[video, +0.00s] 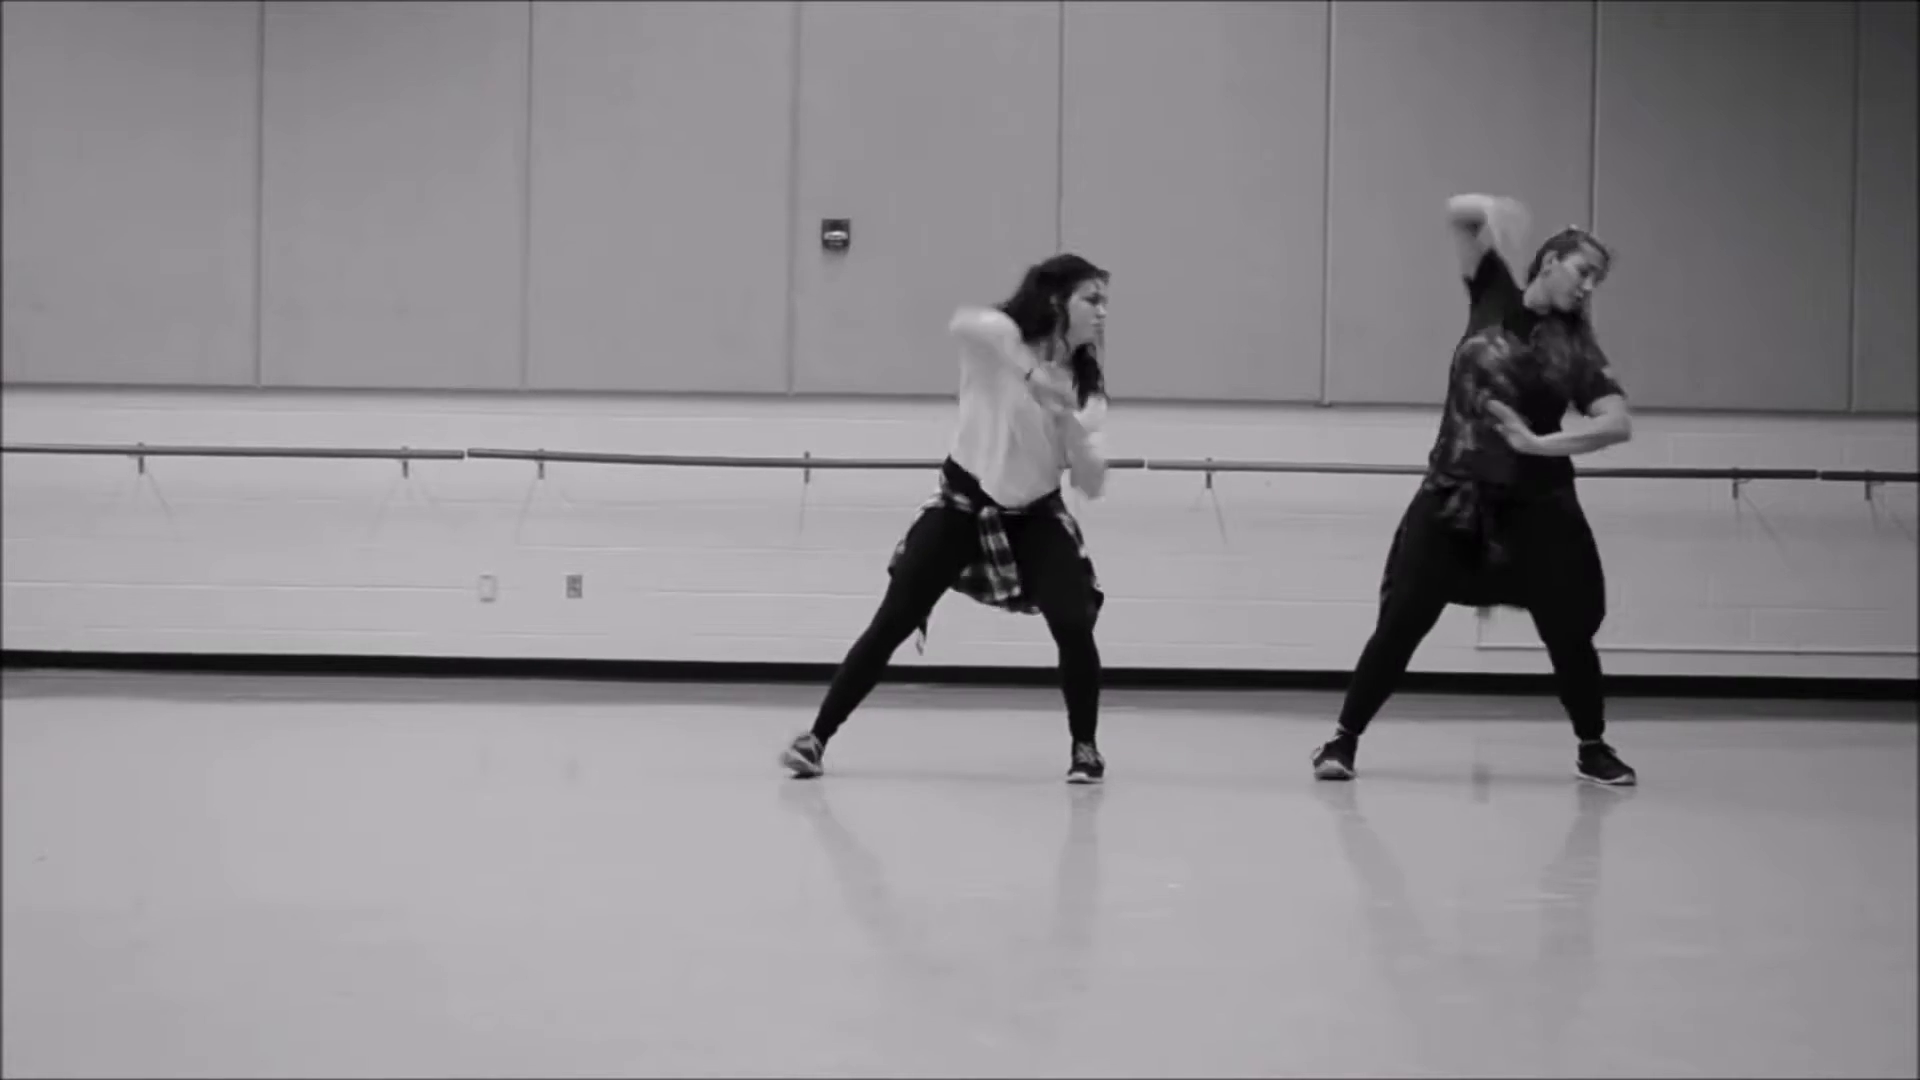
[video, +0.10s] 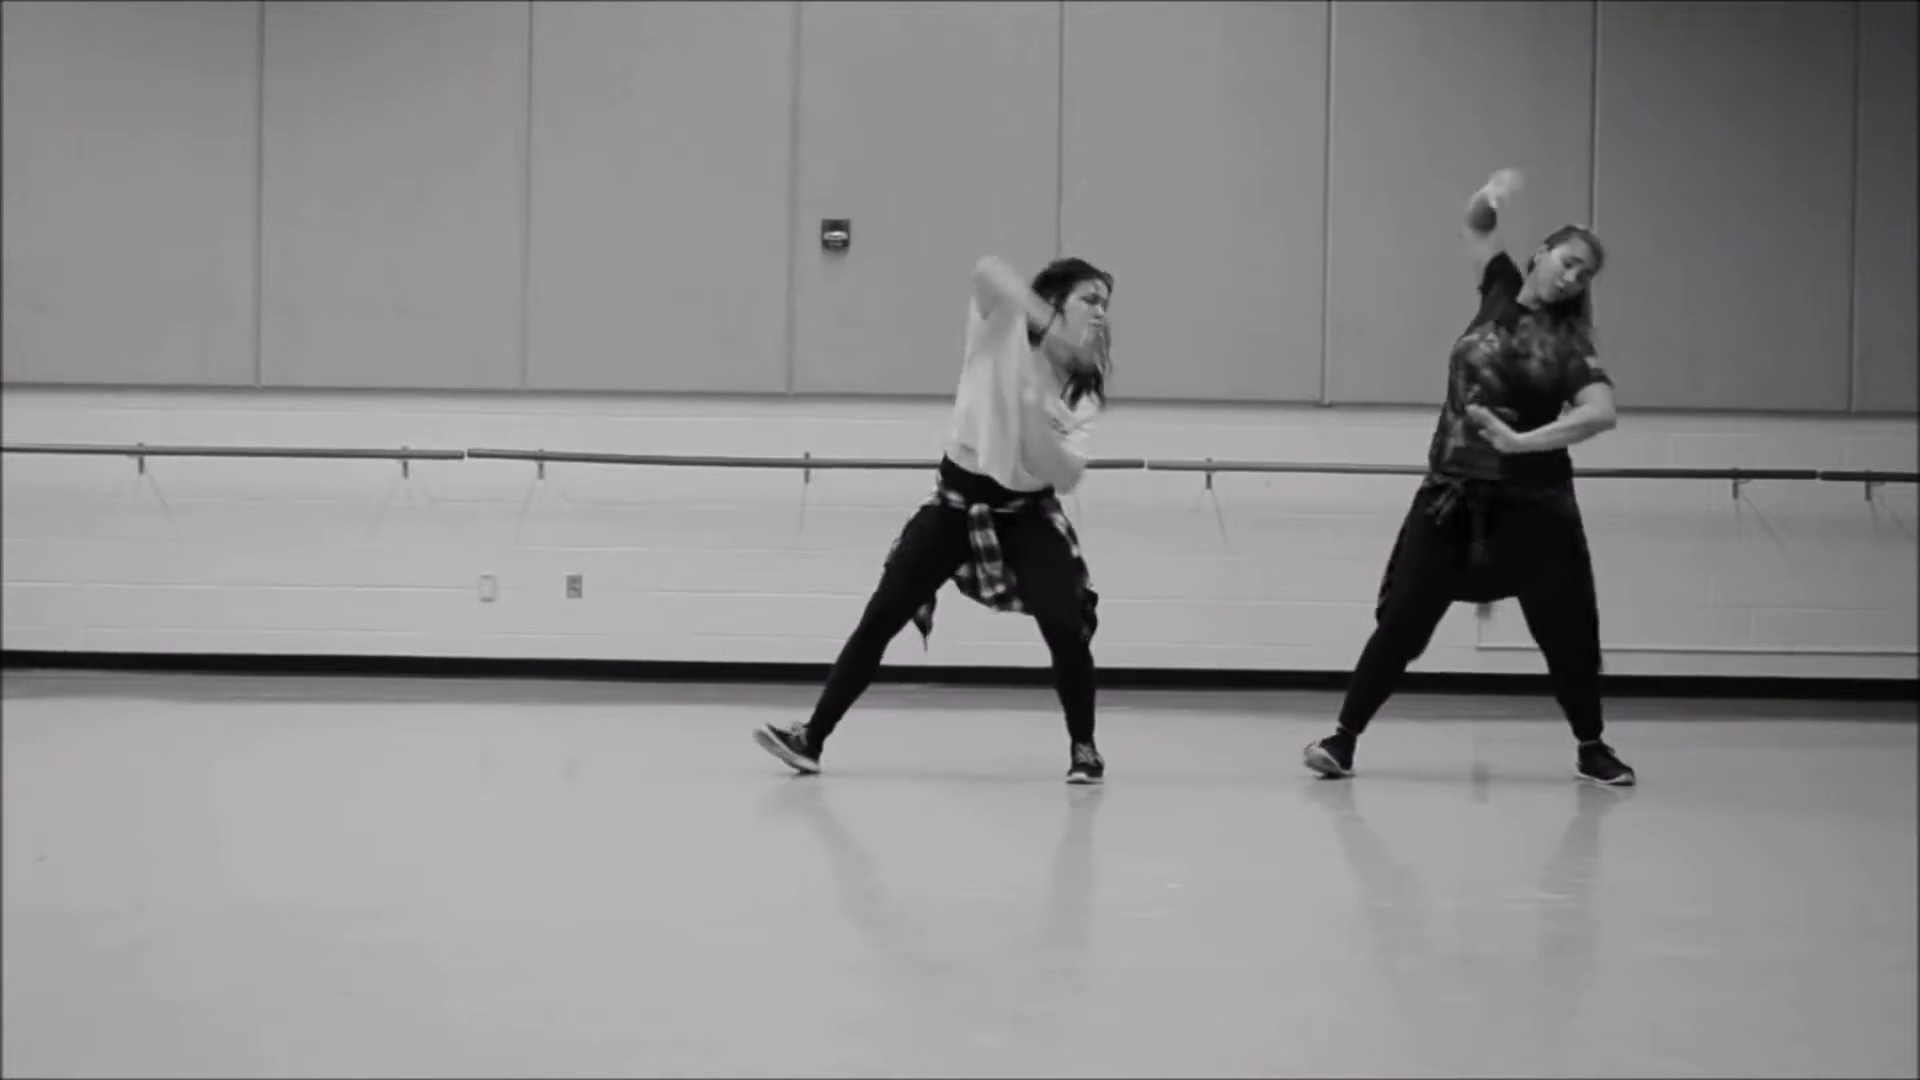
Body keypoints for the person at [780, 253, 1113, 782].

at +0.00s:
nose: (1102, 312)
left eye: (1105, 302)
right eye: (1092, 300)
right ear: (1055, 300)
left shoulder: (1086, 386)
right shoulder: (997, 342)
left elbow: (1093, 483)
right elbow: (966, 324)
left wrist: (1069, 420)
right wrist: (1028, 365)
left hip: (1036, 518)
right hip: (963, 508)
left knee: (1074, 626)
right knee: (892, 621)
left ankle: (1085, 748)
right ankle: (816, 739)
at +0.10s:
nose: (1101, 313)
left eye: (1106, 305)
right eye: (1090, 300)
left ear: (1104, 320)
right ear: (1052, 303)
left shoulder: (1083, 391)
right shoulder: (1001, 331)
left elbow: (1064, 477)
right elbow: (989, 272)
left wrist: (1034, 412)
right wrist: (1053, 331)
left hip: (1029, 514)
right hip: (957, 502)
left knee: (1065, 625)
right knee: (882, 614)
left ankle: (1084, 748)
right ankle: (812, 738)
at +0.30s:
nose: (1070, 294)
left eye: (1082, 294)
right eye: (1061, 284)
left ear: (1083, 318)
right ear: (1034, 292)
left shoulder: (1064, 385)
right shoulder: (992, 317)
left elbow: (1027, 449)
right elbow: (1008, 221)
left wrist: (984, 387)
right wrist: (1073, 208)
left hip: (1016, 511)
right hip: (949, 505)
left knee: (1050, 630)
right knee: (870, 607)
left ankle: (1082, 748)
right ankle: (809, 734)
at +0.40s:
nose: (1045, 284)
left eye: (1059, 286)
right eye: (1041, 276)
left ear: (1063, 316)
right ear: (1019, 289)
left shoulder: (1042, 375)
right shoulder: (982, 316)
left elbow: (1011, 431)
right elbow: (1005, 221)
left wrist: (958, 374)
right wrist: (1060, 178)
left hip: (1004, 510)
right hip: (942, 507)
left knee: (1043, 630)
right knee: (864, 606)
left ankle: (1082, 747)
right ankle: (804, 734)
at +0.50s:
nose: (1018, 274)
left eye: (1034, 278)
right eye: (1018, 269)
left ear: (1040, 311)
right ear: (997, 282)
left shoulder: (1022, 367)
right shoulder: (969, 315)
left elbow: (996, 420)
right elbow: (985, 237)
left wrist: (942, 368)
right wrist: (1027, 176)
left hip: (992, 509)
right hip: (934, 509)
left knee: (1036, 634)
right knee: (852, 604)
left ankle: (1082, 749)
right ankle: (795, 738)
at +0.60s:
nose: (987, 273)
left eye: (1003, 275)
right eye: (989, 267)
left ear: (1010, 308)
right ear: (971, 286)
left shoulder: (991, 364)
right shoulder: (945, 330)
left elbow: (980, 411)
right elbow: (949, 280)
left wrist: (942, 380)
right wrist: (959, 230)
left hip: (977, 519)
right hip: (917, 517)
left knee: (1026, 635)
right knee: (826, 603)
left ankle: (1081, 746)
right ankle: (791, 738)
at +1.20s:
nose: (837, 262)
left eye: (855, 263)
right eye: (841, 257)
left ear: (871, 295)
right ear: (830, 283)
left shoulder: (876, 362)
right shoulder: (809, 338)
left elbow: (916, 401)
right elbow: (808, 357)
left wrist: (964, 395)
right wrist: (797, 346)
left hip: (833, 510)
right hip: (773, 505)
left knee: (840, 631)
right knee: (679, 596)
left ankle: (849, 744)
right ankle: (660, 736)